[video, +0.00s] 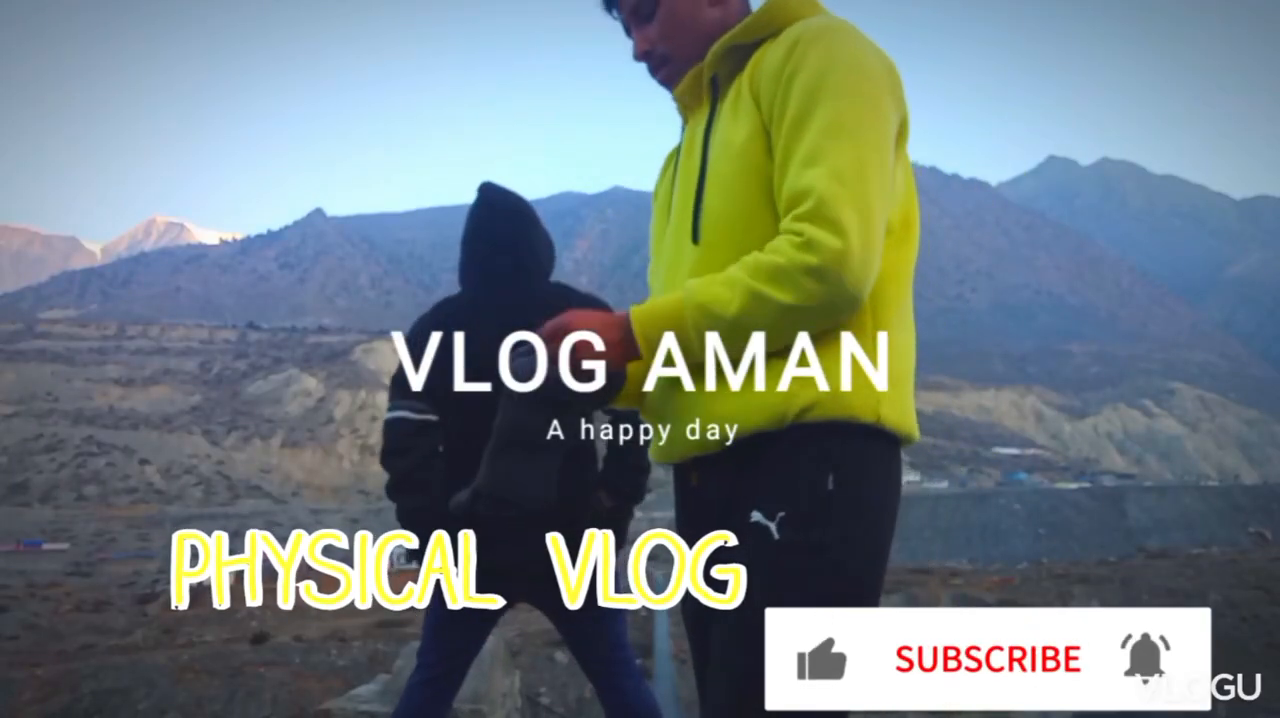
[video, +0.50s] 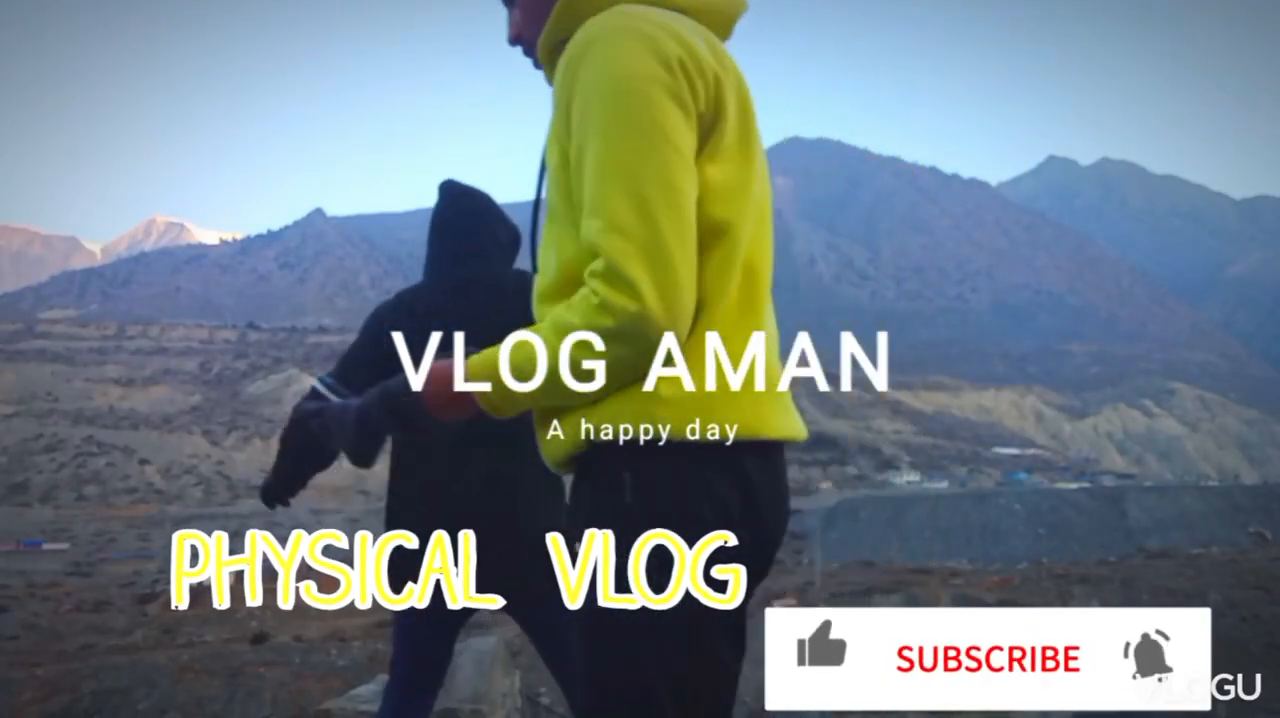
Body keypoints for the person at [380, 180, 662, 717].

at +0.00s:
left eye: (476, 243)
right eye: (537, 238)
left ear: (471, 248)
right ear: (540, 244)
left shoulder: (436, 328)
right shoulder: (590, 319)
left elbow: (406, 445)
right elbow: (630, 432)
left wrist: (430, 536)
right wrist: (608, 513)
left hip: (473, 546)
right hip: (569, 543)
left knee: (431, 684)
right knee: (620, 678)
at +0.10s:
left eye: (477, 238)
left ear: (474, 244)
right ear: (540, 239)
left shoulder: (442, 320)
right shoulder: (594, 310)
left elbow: (402, 436)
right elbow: (631, 426)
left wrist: (408, 536)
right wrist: (609, 519)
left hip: (472, 547)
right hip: (570, 545)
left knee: (430, 682)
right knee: (621, 679)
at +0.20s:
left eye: (475, 238)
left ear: (472, 244)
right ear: (536, 239)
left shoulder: (446, 316)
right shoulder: (593, 304)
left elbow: (392, 430)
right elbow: (632, 420)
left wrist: (378, 536)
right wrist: (615, 513)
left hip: (466, 542)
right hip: (566, 542)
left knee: (418, 683)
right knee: (620, 687)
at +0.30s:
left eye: (462, 241)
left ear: (460, 246)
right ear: (526, 242)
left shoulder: (435, 318)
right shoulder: (577, 308)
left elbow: (373, 426)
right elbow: (625, 405)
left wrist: (332, 526)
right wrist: (631, 496)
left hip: (455, 544)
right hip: (554, 542)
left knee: (412, 689)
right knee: (606, 684)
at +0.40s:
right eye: (506, 241)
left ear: (445, 247)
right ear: (511, 245)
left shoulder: (413, 318)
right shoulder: (554, 308)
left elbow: (349, 421)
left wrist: (300, 504)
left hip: (436, 549)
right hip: (535, 541)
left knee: (405, 695)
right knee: (598, 689)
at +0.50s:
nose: (505, 247)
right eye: (503, 238)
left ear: (438, 241)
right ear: (501, 240)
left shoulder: (404, 311)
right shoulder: (541, 304)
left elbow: (330, 404)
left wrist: (283, 479)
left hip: (429, 532)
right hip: (528, 530)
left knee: (410, 689)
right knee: (588, 682)